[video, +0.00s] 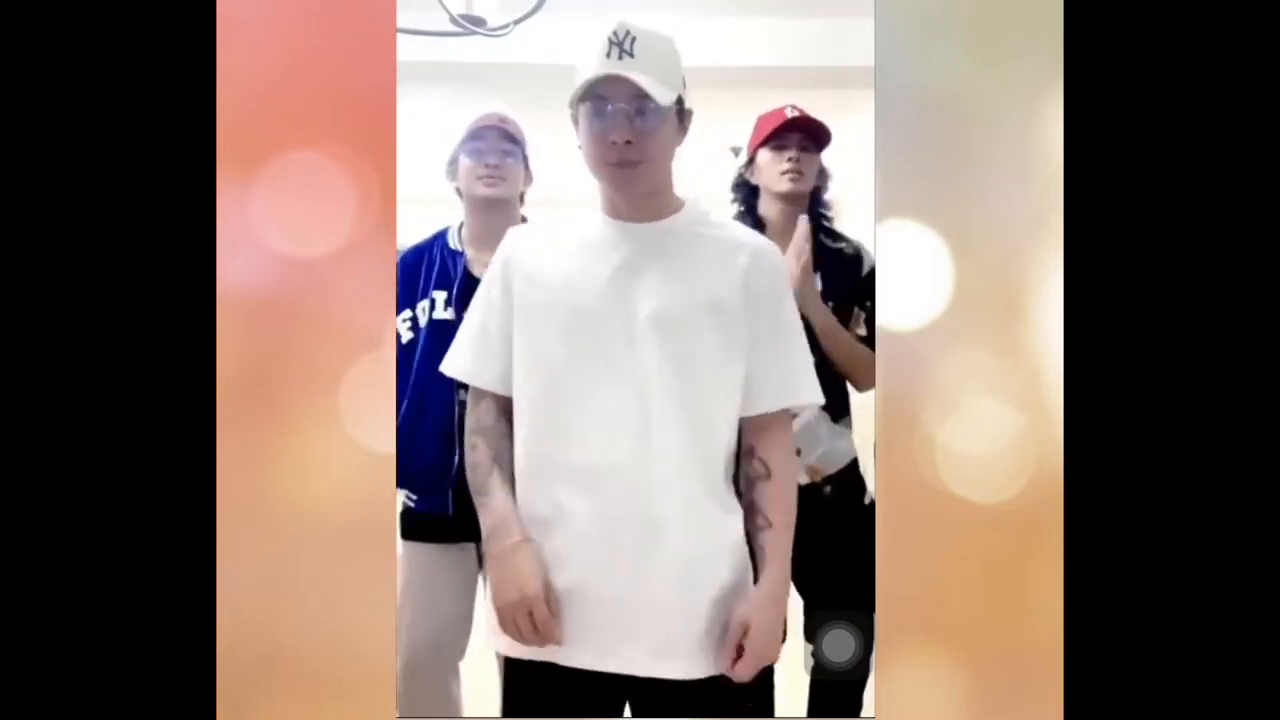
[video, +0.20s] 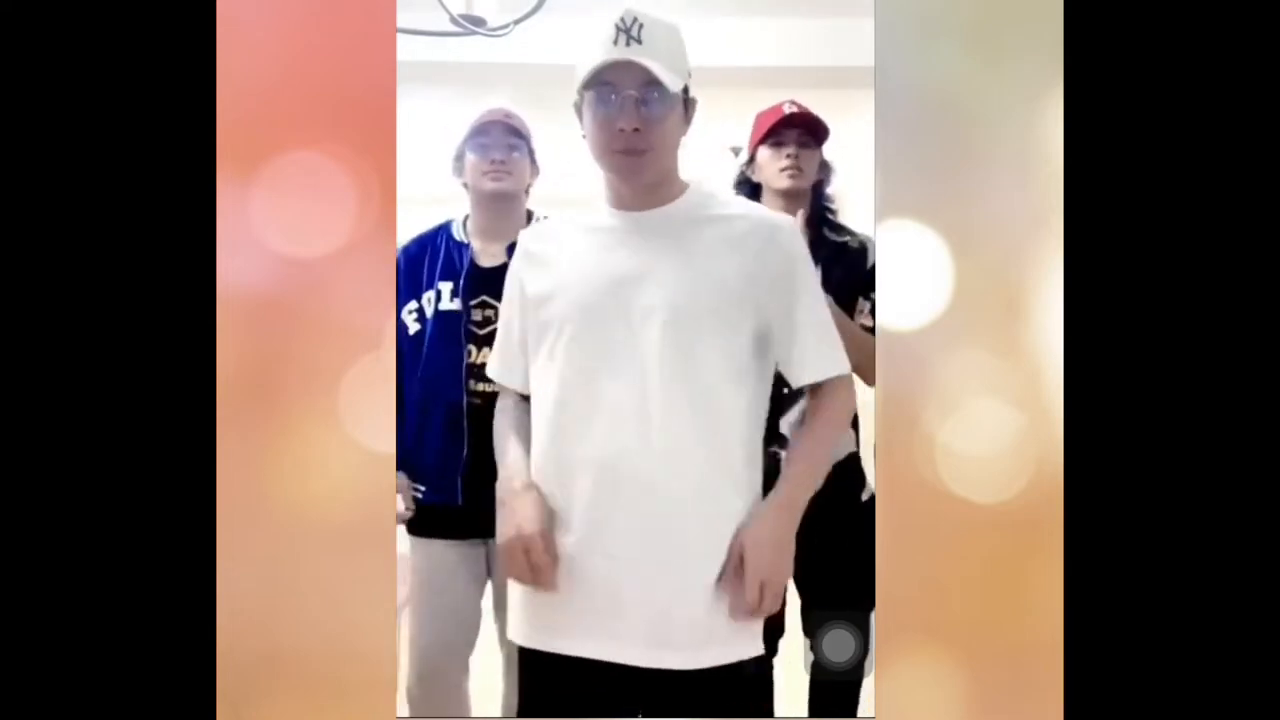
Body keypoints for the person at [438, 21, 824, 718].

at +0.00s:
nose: (620, 129)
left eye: (643, 109)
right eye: (600, 108)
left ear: (682, 125)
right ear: (575, 124)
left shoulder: (748, 264)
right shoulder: (526, 256)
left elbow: (771, 440)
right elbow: (486, 417)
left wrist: (774, 584)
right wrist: (503, 541)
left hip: (705, 639)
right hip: (555, 632)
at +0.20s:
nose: (628, 116)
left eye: (650, 96)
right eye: (607, 96)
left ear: (687, 114)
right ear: (580, 118)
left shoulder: (765, 244)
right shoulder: (541, 251)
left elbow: (834, 398)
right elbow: (512, 400)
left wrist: (782, 514)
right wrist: (515, 487)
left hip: (710, 635)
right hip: (564, 628)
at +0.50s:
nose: (650, 139)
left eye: (672, 117)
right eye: (627, 116)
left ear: (701, 137)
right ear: (594, 136)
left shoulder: (772, 266)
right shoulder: (543, 276)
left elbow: (844, 419)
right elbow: (503, 433)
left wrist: (820, 507)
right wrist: (531, 503)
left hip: (743, 654)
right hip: (587, 655)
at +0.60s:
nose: (658, 119)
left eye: (680, 99)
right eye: (635, 99)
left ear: (709, 121)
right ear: (601, 121)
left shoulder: (766, 244)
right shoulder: (551, 247)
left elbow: (831, 407)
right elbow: (501, 416)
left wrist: (781, 310)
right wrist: (549, 339)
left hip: (737, 610)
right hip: (592, 612)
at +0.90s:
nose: (661, 173)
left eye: (683, 147)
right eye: (640, 147)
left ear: (713, 144)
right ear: (604, 140)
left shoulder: (761, 249)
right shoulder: (549, 244)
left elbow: (794, 420)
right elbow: (513, 413)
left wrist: (753, 322)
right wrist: (560, 318)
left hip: (728, 619)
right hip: (585, 620)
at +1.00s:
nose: (663, 219)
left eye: (683, 199)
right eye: (645, 198)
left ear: (721, 149)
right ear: (603, 142)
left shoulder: (769, 233)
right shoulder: (543, 223)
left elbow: (811, 367)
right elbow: (497, 357)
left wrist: (774, 366)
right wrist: (547, 363)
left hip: (728, 598)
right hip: (585, 599)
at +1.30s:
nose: (661, 189)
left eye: (685, 162)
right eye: (638, 161)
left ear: (717, 166)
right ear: (599, 158)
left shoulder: (769, 271)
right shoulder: (535, 261)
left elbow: (787, 448)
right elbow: (502, 431)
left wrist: (758, 388)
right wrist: (558, 402)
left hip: (718, 604)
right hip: (580, 606)